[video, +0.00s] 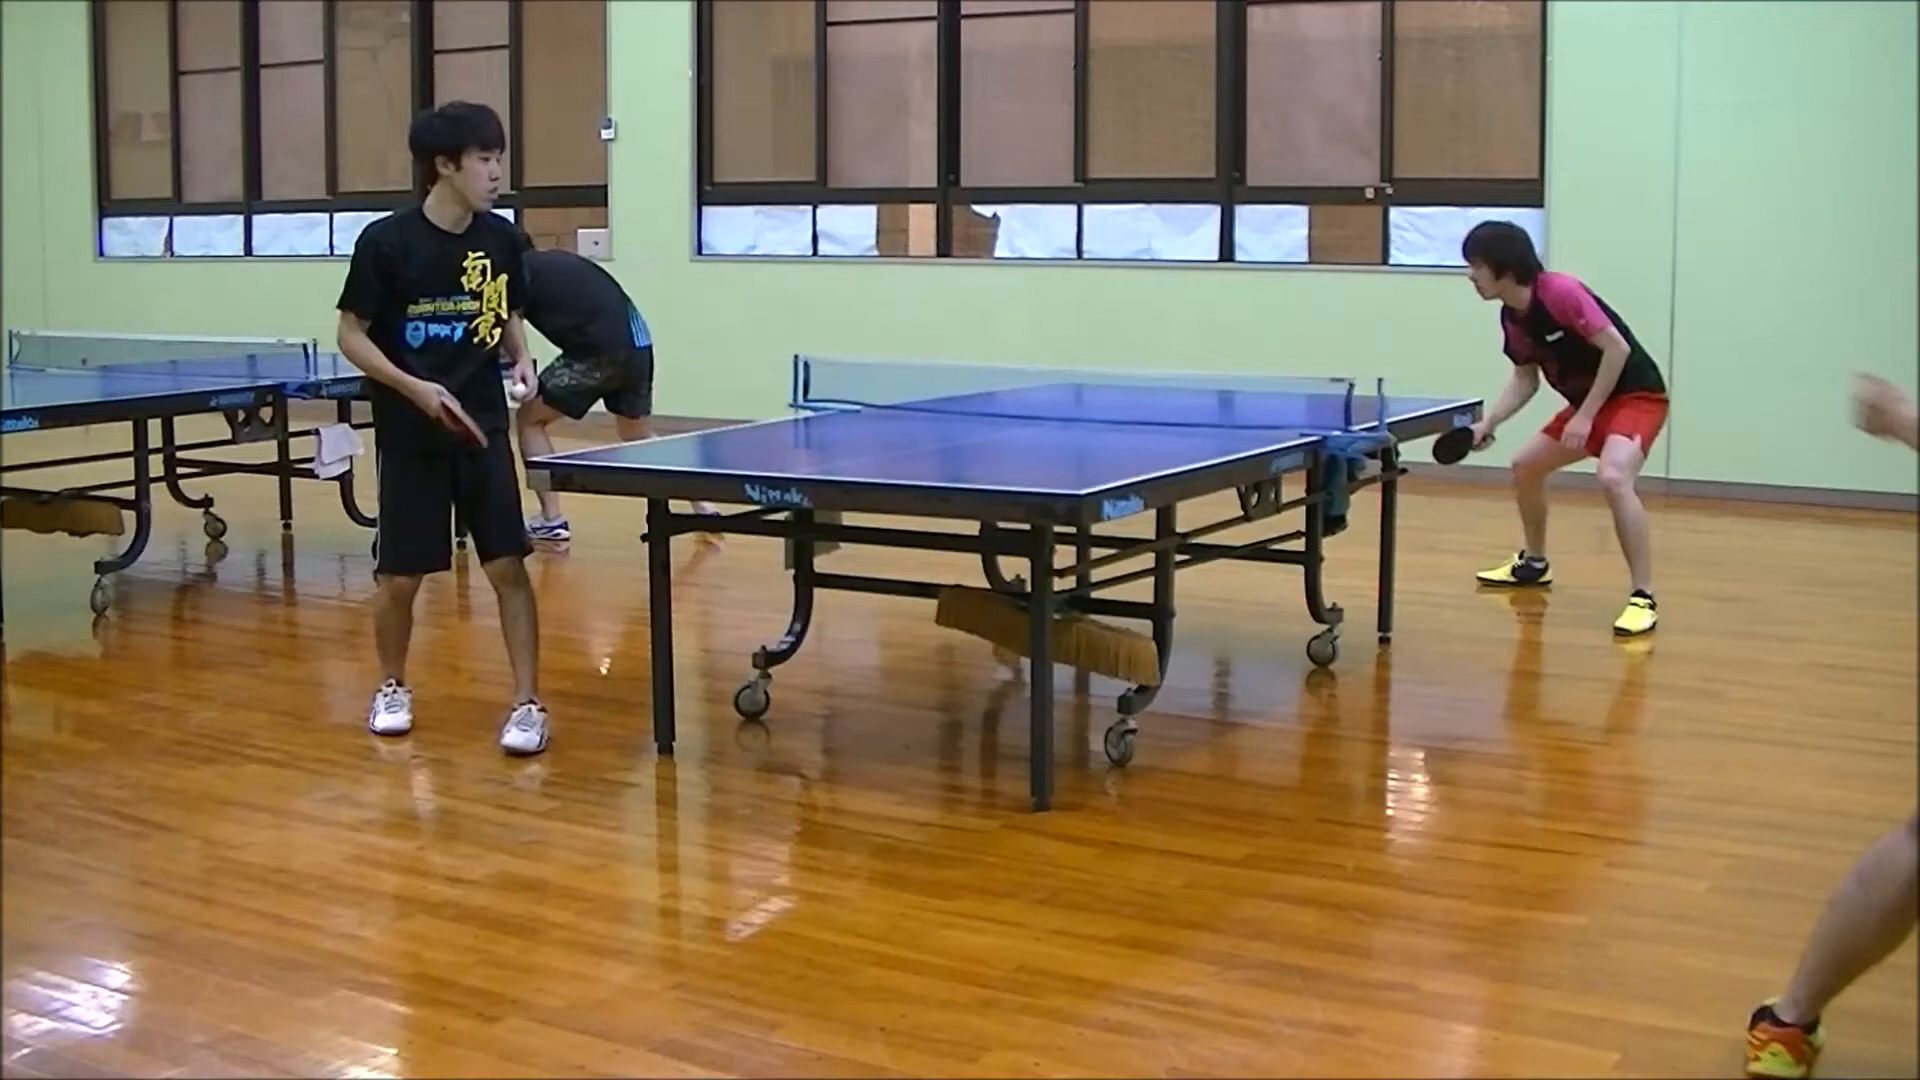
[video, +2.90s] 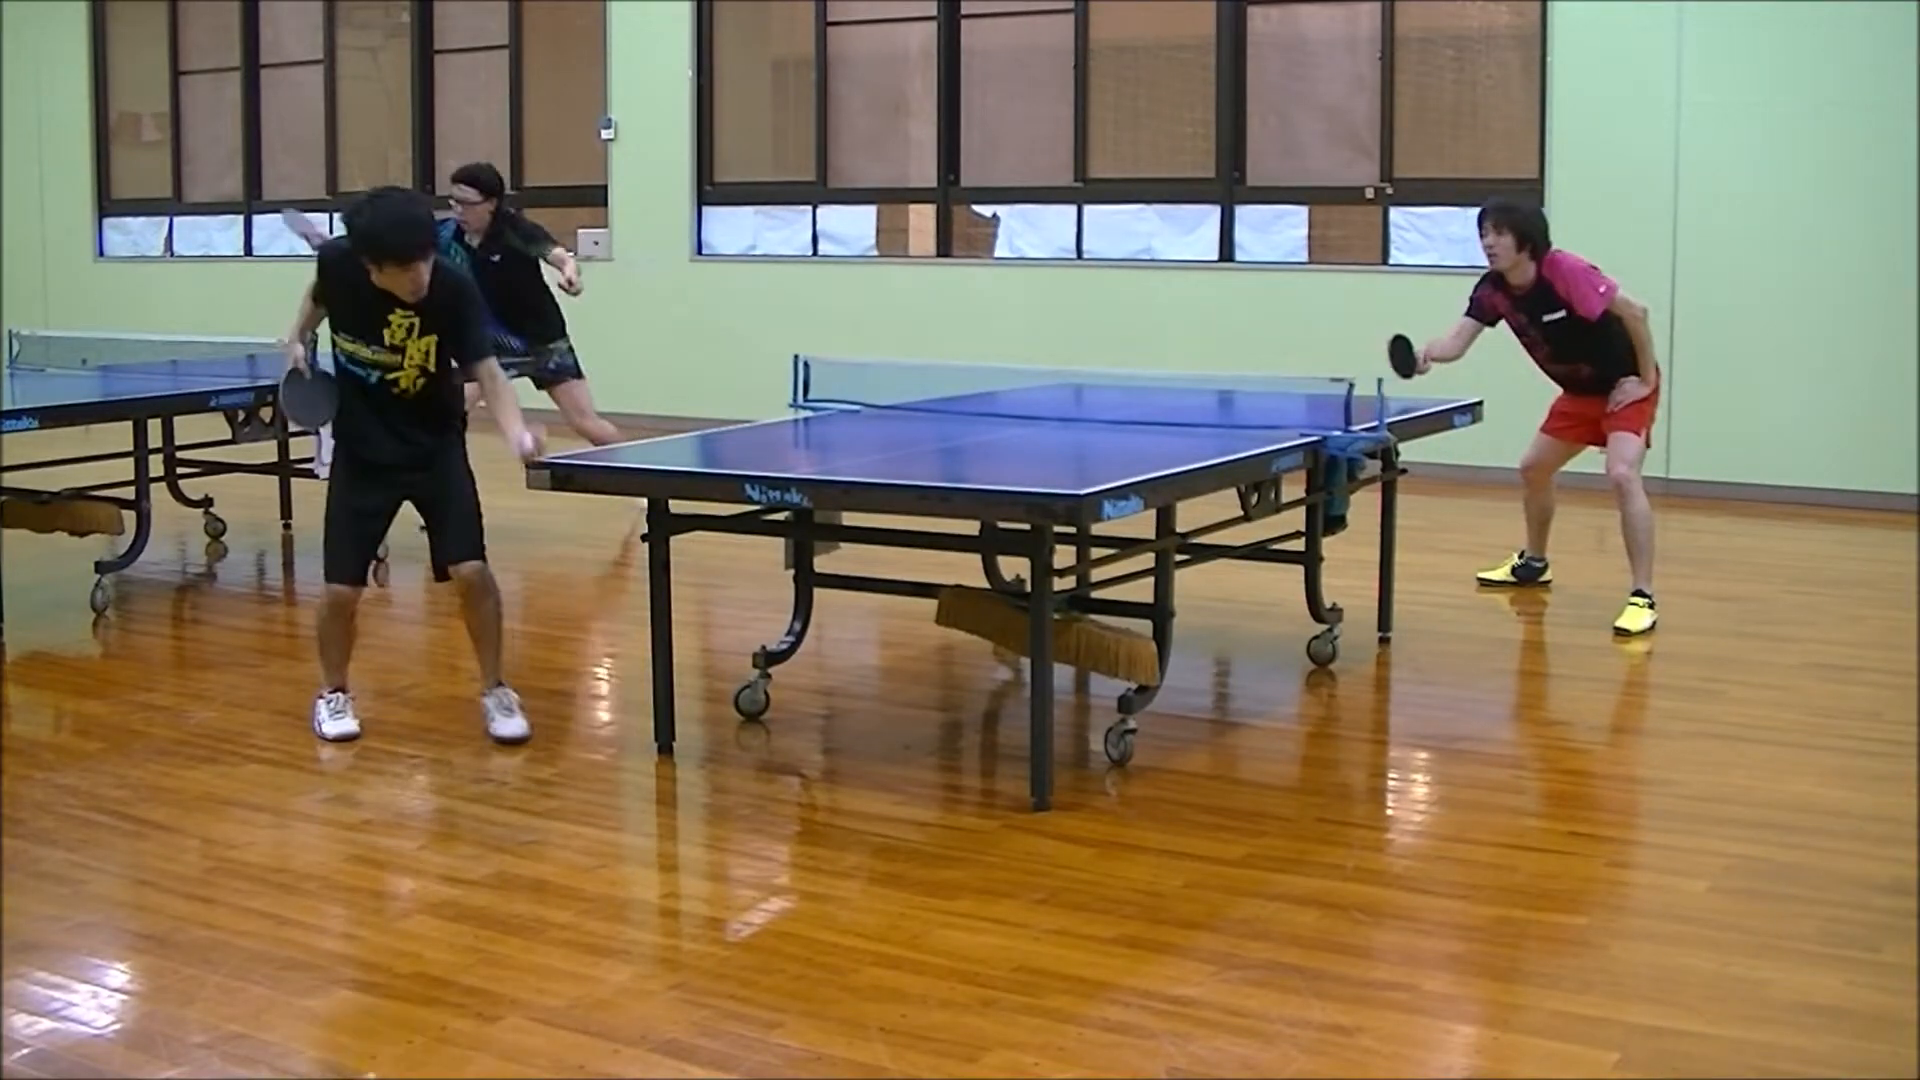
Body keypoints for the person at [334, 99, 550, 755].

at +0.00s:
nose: (498, 172)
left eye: (499, 159)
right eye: (485, 160)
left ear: (492, 164)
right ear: (443, 166)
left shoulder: (502, 237)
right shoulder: (386, 241)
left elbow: (510, 315)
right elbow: (349, 335)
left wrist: (521, 364)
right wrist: (414, 387)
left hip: (486, 429)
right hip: (411, 433)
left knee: (507, 566)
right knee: (400, 577)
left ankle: (526, 704)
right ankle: (392, 689)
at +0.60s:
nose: (515, 240)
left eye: (519, 226)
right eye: (504, 227)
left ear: (520, 221)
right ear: (465, 220)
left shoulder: (522, 276)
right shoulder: (399, 260)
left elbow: (546, 360)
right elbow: (356, 352)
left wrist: (558, 417)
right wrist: (425, 377)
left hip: (476, 446)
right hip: (403, 446)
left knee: (495, 566)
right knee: (394, 585)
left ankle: (525, 701)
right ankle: (392, 688)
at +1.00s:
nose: (544, 319)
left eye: (552, 306)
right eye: (533, 307)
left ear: (561, 292)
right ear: (498, 289)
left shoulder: (565, 320)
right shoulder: (449, 293)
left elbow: (572, 407)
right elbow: (417, 387)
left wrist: (556, 424)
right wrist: (498, 384)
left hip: (510, 467)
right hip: (443, 461)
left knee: (499, 583)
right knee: (414, 595)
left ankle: (525, 709)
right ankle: (402, 674)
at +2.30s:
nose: (555, 348)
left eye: (562, 337)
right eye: (545, 337)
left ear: (573, 324)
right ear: (510, 318)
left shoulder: (574, 344)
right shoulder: (462, 304)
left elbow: (554, 435)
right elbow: (371, 349)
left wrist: (533, 431)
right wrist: (439, 332)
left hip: (520, 473)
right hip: (453, 463)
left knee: (508, 595)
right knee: (438, 578)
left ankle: (525, 708)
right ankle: (427, 659)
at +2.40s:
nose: (548, 345)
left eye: (554, 334)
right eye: (537, 334)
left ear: (563, 319)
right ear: (503, 316)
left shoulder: (565, 345)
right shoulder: (457, 303)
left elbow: (550, 436)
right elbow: (346, 314)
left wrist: (531, 432)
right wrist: (378, 310)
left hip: (513, 475)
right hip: (448, 465)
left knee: (508, 598)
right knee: (418, 580)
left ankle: (525, 709)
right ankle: (406, 653)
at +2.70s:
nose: (483, 316)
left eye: (489, 302)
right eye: (470, 307)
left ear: (496, 287)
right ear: (433, 296)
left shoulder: (510, 330)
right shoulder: (395, 285)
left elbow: (505, 417)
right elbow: (352, 280)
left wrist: (506, 479)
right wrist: (309, 306)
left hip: (475, 480)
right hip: (404, 473)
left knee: (480, 596)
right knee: (363, 611)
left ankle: (524, 708)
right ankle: (333, 692)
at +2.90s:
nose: (421, 277)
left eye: (427, 262)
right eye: (407, 268)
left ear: (435, 248)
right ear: (371, 263)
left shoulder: (452, 288)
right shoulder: (338, 266)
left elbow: (488, 373)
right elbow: (317, 297)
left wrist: (518, 431)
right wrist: (297, 339)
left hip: (437, 450)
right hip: (363, 450)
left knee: (471, 571)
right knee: (341, 590)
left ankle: (496, 691)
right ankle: (335, 694)